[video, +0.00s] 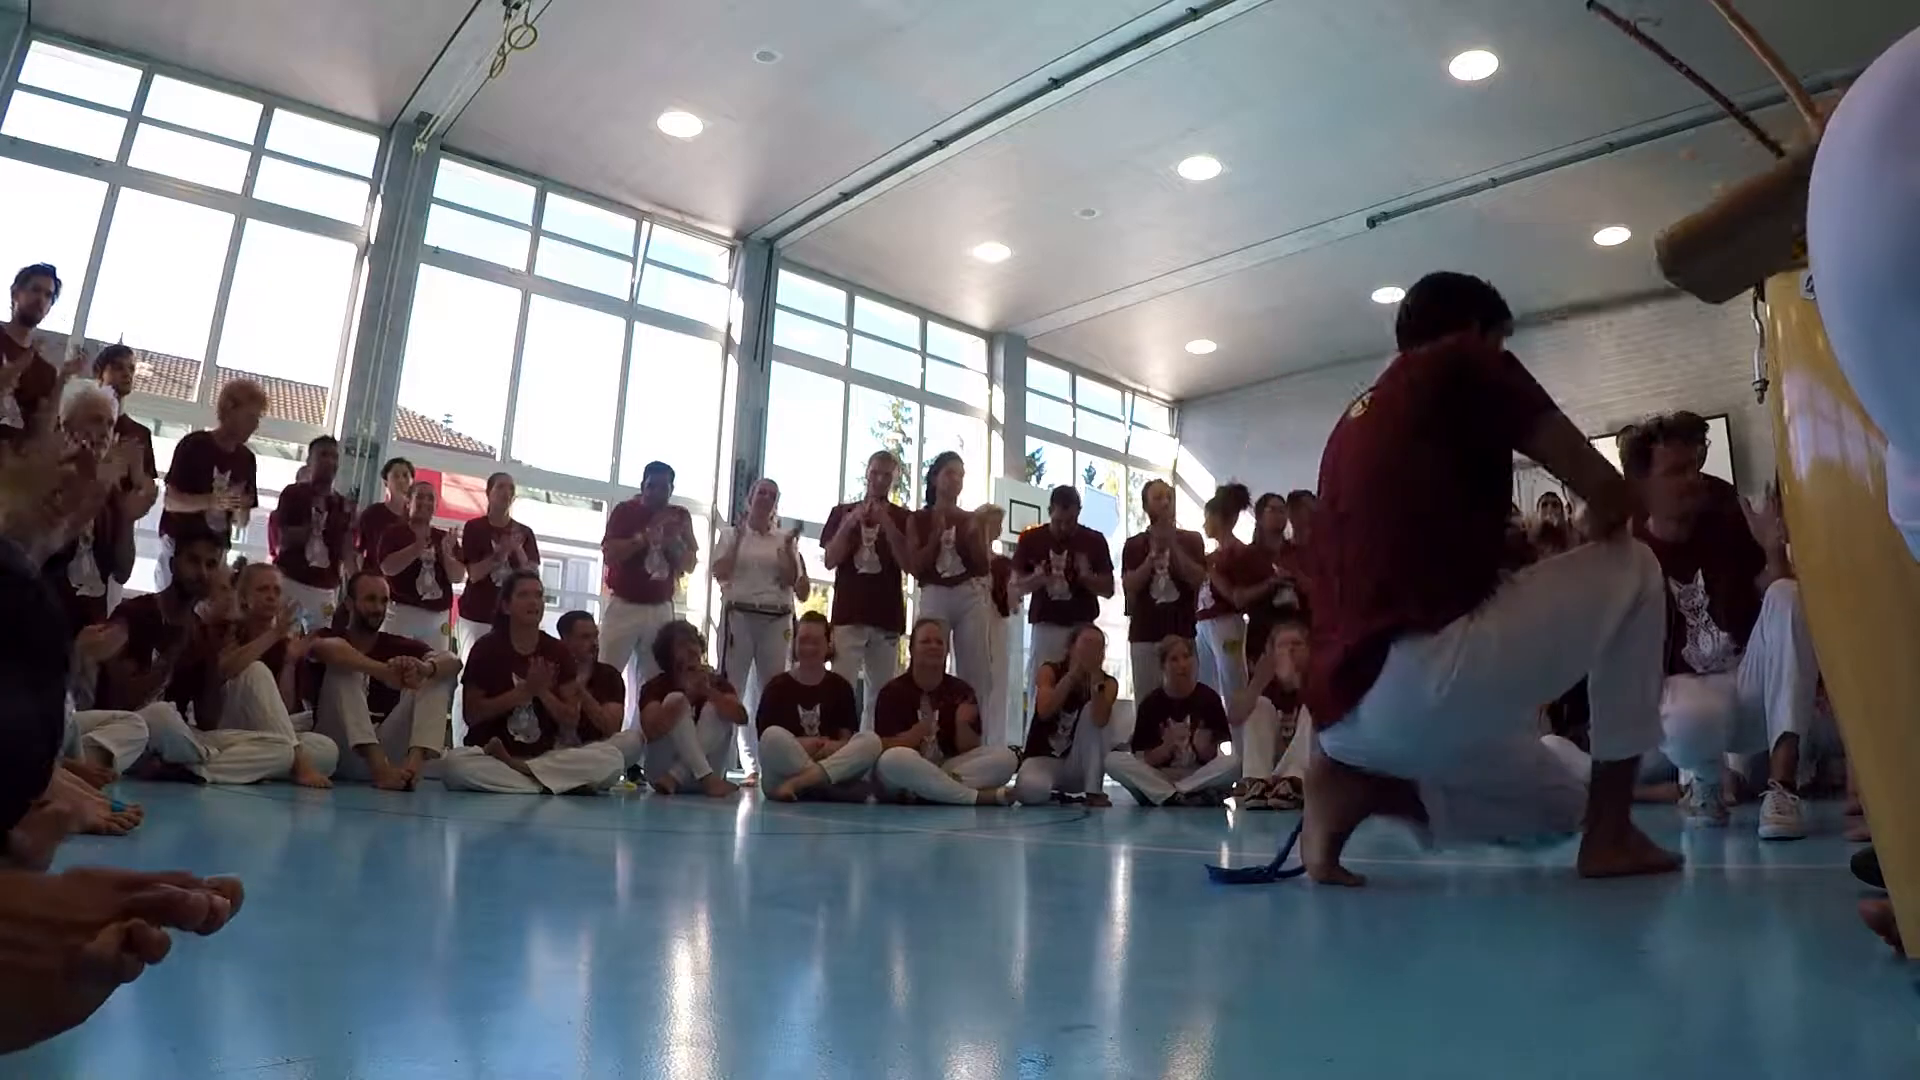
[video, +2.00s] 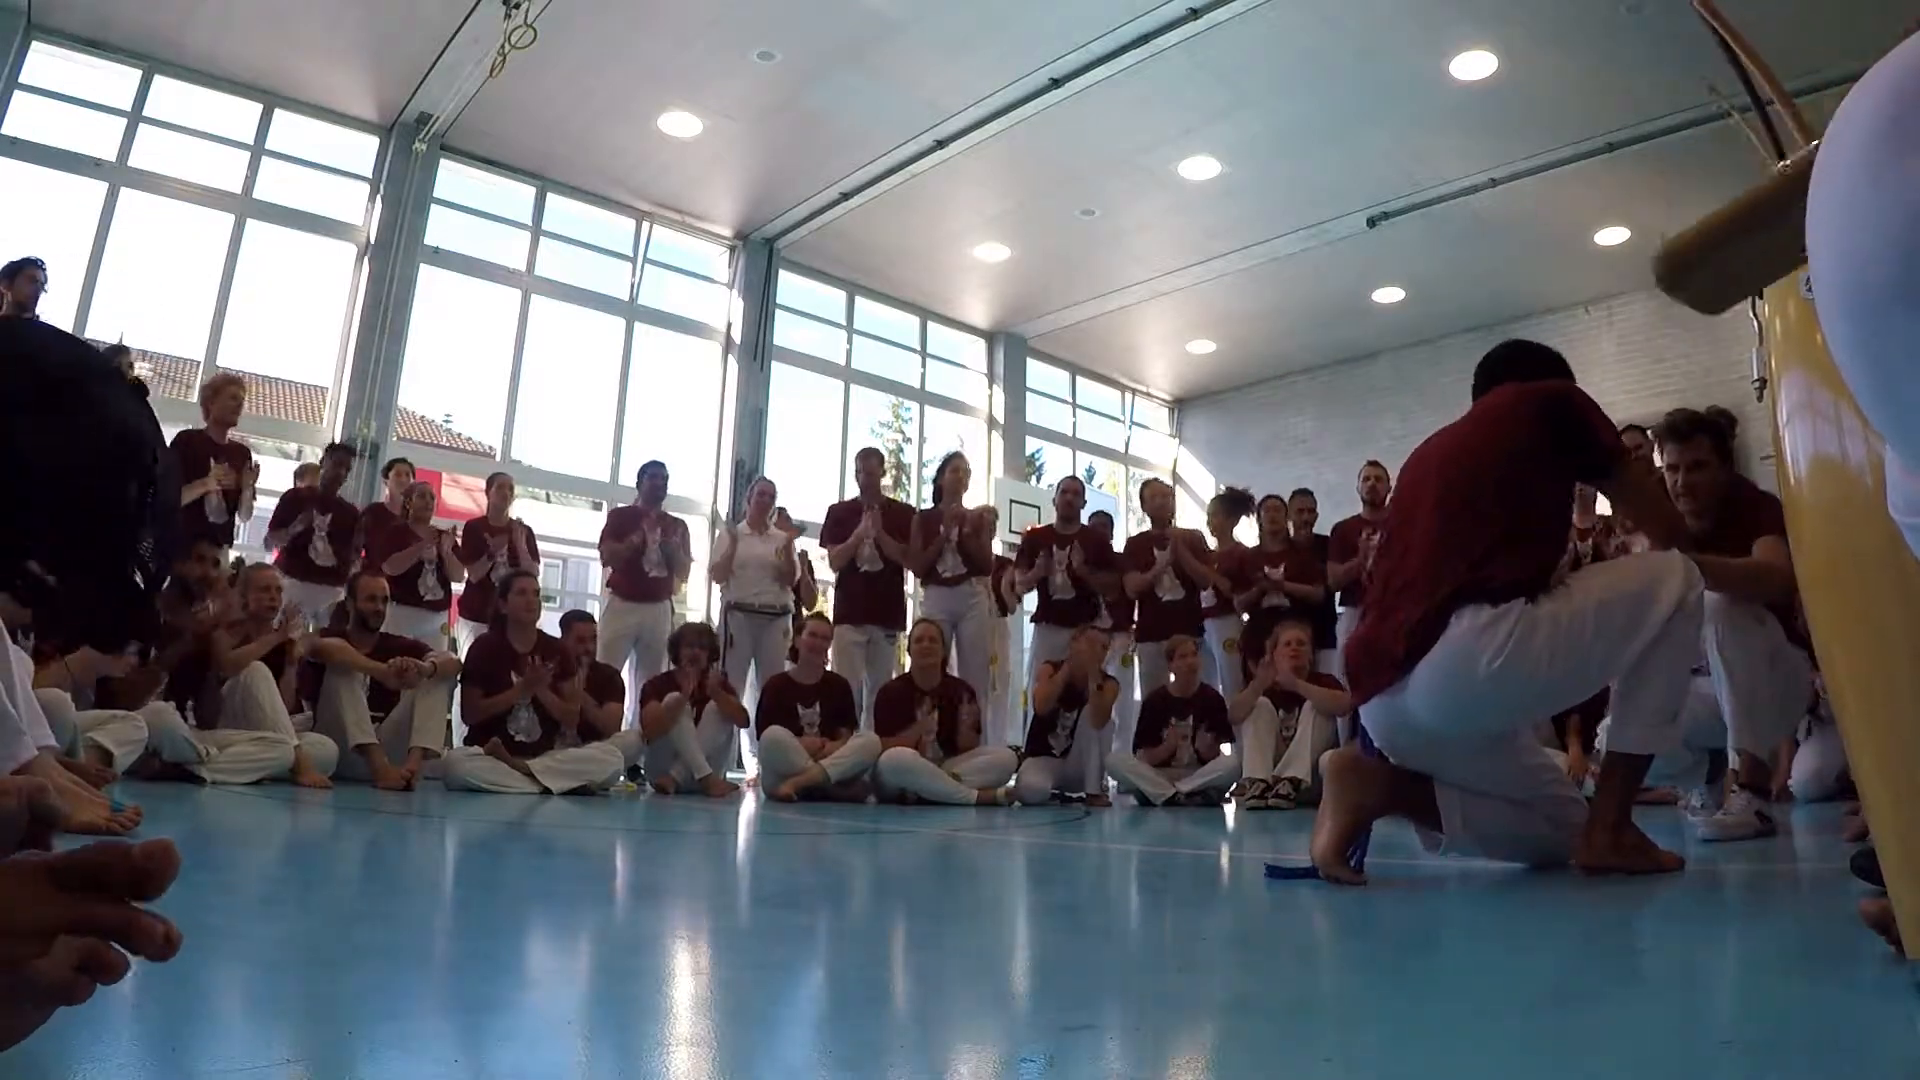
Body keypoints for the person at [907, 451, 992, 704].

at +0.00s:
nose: (955, 479)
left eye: (960, 474)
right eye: (949, 473)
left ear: (963, 481)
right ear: (934, 477)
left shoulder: (972, 520)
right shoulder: (917, 519)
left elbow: (982, 567)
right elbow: (915, 565)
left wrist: (972, 538)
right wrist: (935, 537)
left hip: (970, 594)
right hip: (933, 594)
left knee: (975, 676)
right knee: (929, 673)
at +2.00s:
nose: (961, 475)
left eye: (965, 471)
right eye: (954, 470)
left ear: (969, 480)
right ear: (940, 478)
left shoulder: (979, 518)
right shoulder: (923, 518)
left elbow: (986, 566)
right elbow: (918, 567)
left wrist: (964, 537)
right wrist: (943, 537)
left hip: (974, 597)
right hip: (935, 597)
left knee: (975, 678)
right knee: (931, 675)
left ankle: (974, 748)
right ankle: (930, 746)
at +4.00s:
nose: (962, 479)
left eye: (966, 474)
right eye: (955, 473)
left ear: (971, 480)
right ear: (942, 478)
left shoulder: (981, 519)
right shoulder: (927, 520)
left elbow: (988, 567)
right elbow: (921, 569)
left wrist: (966, 536)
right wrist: (944, 542)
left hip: (976, 598)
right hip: (938, 598)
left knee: (976, 675)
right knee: (933, 673)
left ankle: (976, 737)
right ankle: (932, 737)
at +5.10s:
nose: (969, 482)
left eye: (974, 476)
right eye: (962, 476)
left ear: (979, 481)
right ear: (950, 481)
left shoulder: (985, 520)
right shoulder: (935, 523)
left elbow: (992, 561)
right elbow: (930, 571)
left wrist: (972, 537)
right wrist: (952, 546)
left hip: (980, 591)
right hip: (949, 593)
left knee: (980, 669)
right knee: (945, 668)